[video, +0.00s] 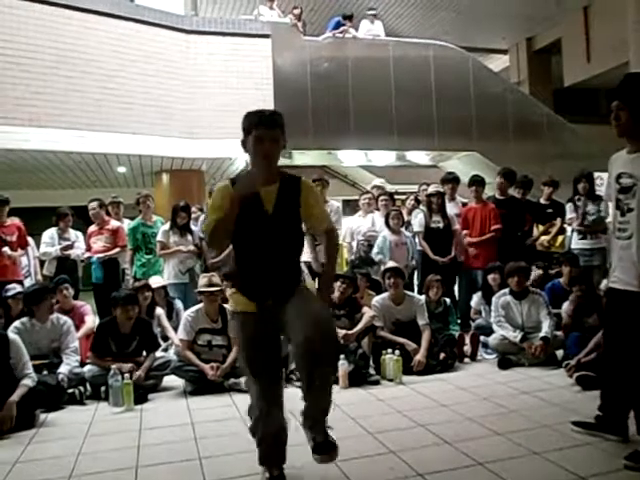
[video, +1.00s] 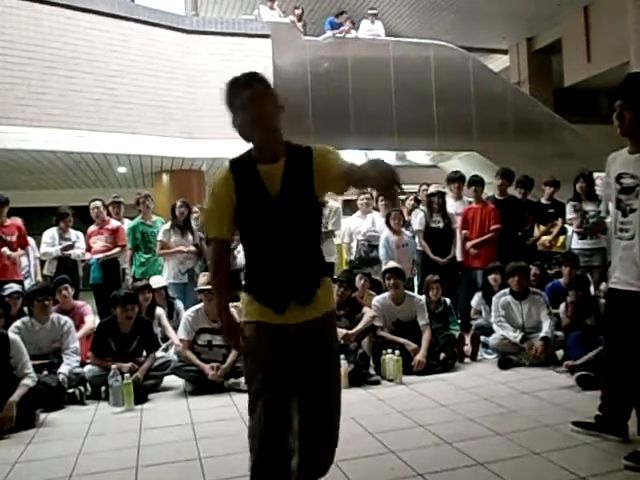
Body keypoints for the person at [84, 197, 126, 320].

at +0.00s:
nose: (92, 213)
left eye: (95, 209)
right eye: (90, 210)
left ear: (103, 209)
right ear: (88, 213)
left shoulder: (116, 226)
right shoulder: (90, 230)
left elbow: (122, 247)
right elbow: (89, 248)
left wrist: (105, 255)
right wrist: (87, 254)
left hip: (111, 262)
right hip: (96, 264)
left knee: (113, 294)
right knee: (99, 296)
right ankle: (104, 325)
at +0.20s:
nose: (92, 212)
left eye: (95, 209)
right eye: (90, 210)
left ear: (103, 209)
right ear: (88, 213)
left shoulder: (116, 226)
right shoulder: (90, 230)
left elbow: (122, 246)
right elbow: (89, 248)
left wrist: (105, 255)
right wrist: (87, 254)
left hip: (111, 262)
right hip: (96, 264)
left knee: (113, 295)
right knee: (100, 298)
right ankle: (104, 326)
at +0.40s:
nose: (93, 213)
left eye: (95, 209)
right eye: (91, 210)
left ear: (103, 210)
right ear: (89, 213)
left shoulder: (116, 226)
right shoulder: (90, 230)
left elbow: (122, 246)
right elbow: (89, 248)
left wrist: (104, 255)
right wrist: (87, 254)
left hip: (111, 262)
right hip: (95, 264)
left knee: (113, 294)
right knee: (99, 297)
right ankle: (104, 324)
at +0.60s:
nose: (95, 212)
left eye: (98, 208)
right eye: (92, 209)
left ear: (104, 209)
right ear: (90, 213)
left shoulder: (116, 226)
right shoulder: (90, 230)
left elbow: (122, 246)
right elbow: (88, 248)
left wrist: (104, 255)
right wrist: (87, 255)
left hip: (111, 261)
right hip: (95, 263)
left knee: (113, 294)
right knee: (100, 297)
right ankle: (104, 324)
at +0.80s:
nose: (96, 211)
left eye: (98, 208)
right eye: (93, 209)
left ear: (105, 209)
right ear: (90, 212)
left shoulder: (116, 226)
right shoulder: (90, 230)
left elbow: (122, 246)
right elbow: (89, 248)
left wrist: (103, 255)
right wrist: (87, 255)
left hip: (111, 262)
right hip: (95, 264)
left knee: (114, 295)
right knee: (100, 298)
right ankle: (104, 325)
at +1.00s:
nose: (96, 211)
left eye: (98, 208)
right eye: (93, 209)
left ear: (104, 209)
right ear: (90, 213)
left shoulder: (116, 226)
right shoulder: (90, 230)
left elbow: (122, 247)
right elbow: (88, 249)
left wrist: (104, 255)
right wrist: (87, 256)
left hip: (110, 262)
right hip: (95, 264)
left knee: (113, 295)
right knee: (100, 298)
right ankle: (104, 325)